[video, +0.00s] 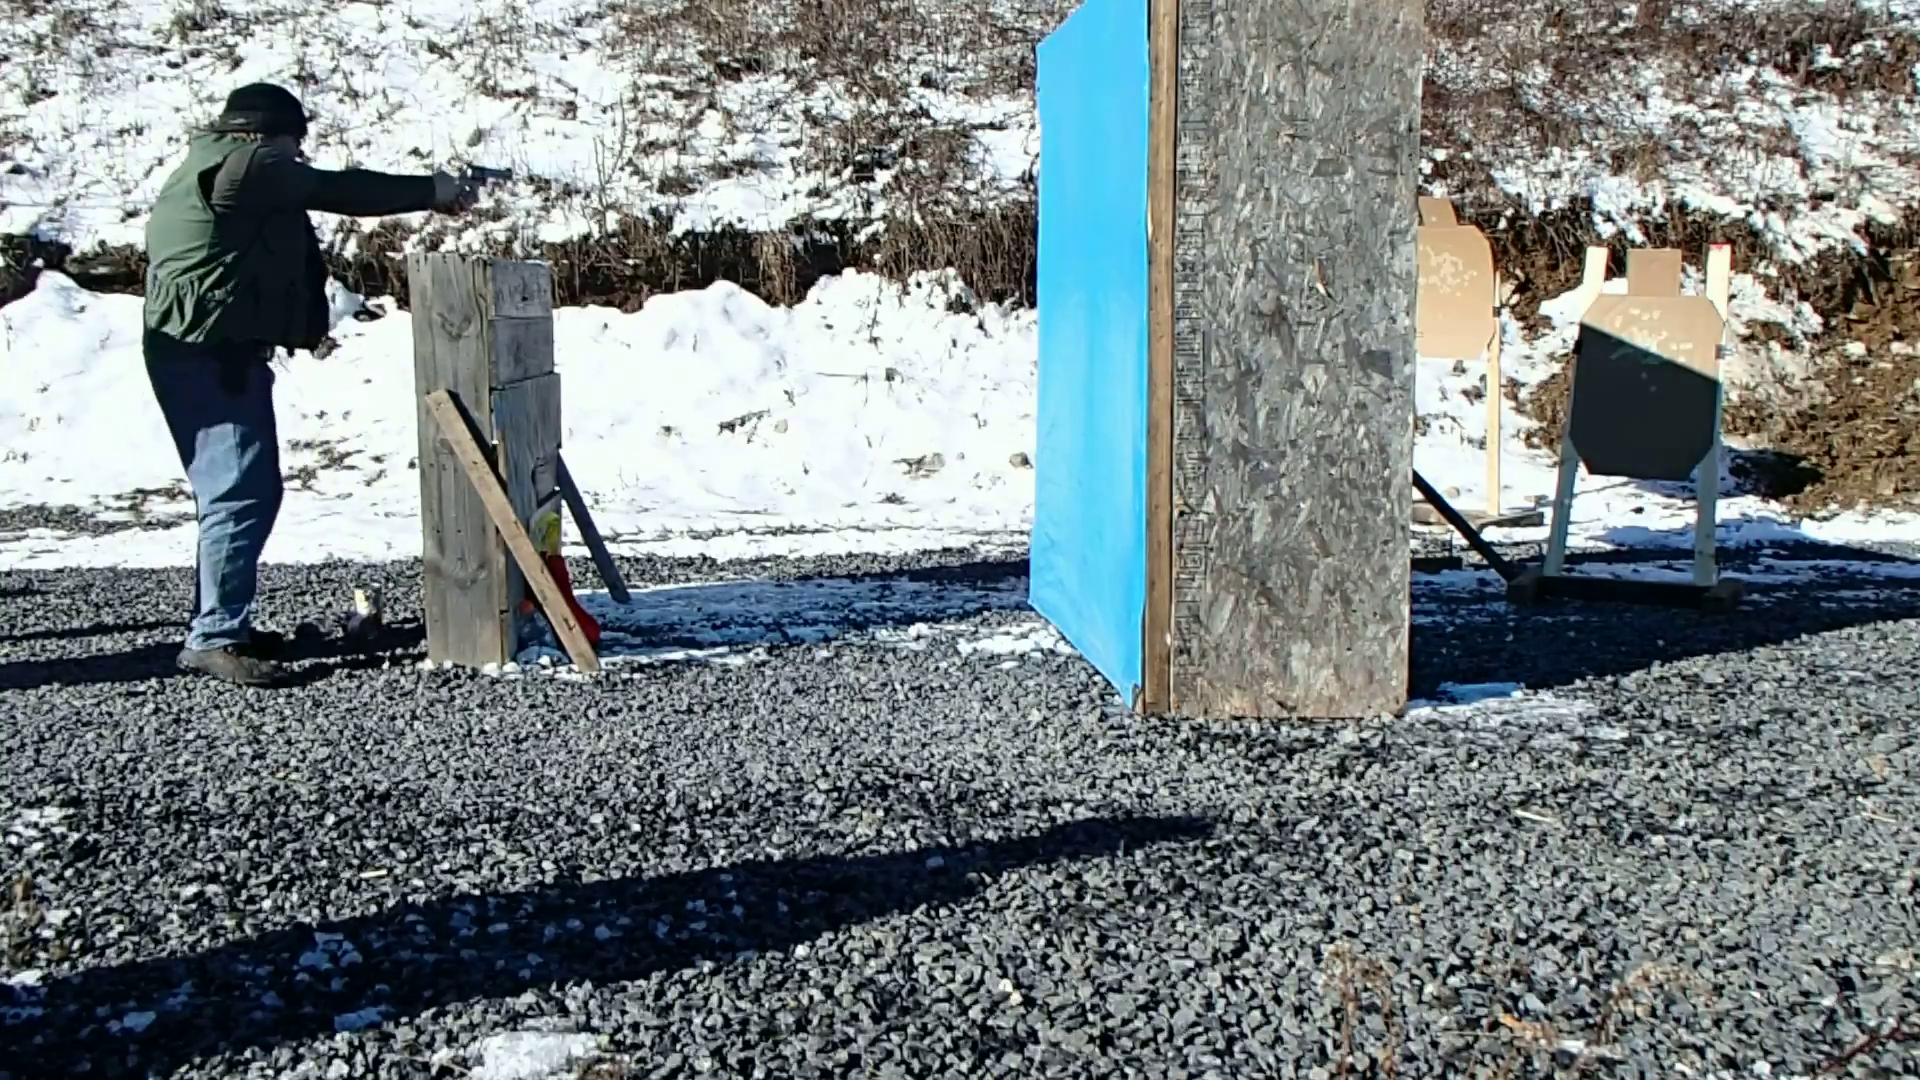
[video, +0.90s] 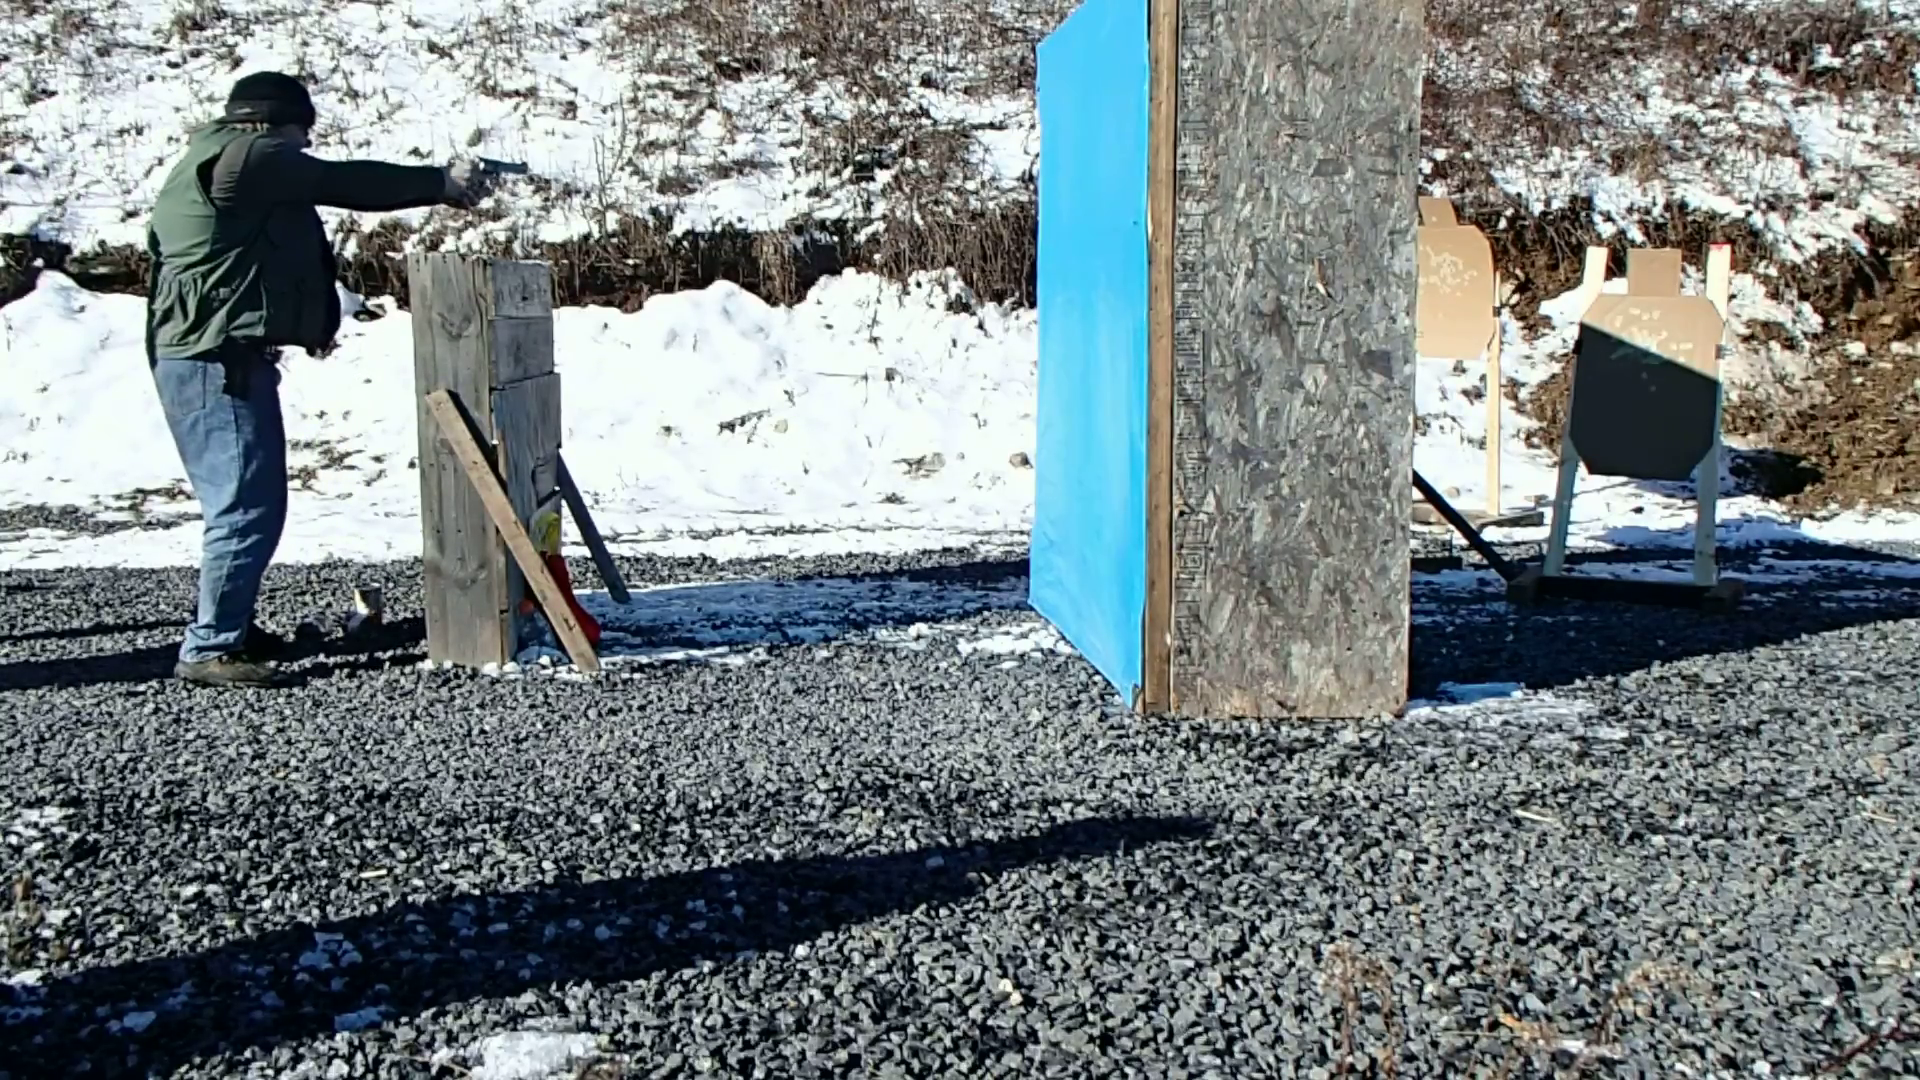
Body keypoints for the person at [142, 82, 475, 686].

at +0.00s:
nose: (298, 151)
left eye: (299, 141)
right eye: (293, 140)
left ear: (238, 126)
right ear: (269, 132)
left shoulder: (205, 166)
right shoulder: (248, 165)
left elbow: (240, 263)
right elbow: (348, 190)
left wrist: (304, 321)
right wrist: (436, 190)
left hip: (195, 348)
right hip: (216, 351)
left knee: (234, 489)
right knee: (242, 490)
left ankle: (225, 627)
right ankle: (215, 638)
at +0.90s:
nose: (305, 142)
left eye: (305, 132)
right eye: (300, 130)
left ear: (244, 114)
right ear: (277, 122)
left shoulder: (206, 158)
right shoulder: (248, 156)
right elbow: (350, 182)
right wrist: (445, 181)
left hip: (210, 354)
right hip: (219, 357)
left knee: (248, 499)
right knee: (246, 502)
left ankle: (228, 631)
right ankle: (211, 646)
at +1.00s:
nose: (303, 144)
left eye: (303, 133)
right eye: (299, 132)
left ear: (244, 116)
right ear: (273, 122)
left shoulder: (208, 158)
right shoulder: (244, 158)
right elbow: (346, 184)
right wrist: (440, 183)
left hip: (217, 355)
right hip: (219, 357)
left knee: (252, 500)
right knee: (248, 502)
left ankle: (229, 631)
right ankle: (211, 647)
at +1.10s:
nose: (303, 145)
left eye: (303, 136)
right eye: (299, 134)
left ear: (245, 116)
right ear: (274, 124)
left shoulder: (213, 157)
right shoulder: (243, 158)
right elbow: (347, 186)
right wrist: (440, 185)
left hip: (221, 357)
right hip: (218, 360)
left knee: (253, 500)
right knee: (249, 502)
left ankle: (229, 630)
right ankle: (211, 647)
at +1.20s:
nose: (304, 147)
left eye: (305, 137)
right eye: (300, 135)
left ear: (245, 117)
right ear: (278, 126)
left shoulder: (213, 157)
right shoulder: (243, 159)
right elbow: (346, 187)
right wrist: (439, 186)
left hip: (219, 358)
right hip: (217, 362)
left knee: (252, 502)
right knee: (250, 505)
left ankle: (230, 630)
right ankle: (210, 647)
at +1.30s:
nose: (306, 151)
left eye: (306, 141)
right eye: (301, 138)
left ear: (246, 119)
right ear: (275, 127)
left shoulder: (212, 159)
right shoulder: (241, 160)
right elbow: (344, 186)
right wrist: (439, 184)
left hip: (222, 358)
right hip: (218, 361)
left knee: (254, 500)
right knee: (250, 503)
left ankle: (230, 630)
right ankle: (211, 647)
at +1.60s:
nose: (303, 148)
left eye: (303, 137)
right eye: (298, 136)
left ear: (244, 118)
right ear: (272, 126)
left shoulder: (208, 158)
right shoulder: (241, 159)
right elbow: (344, 185)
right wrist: (438, 183)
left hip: (219, 358)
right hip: (220, 361)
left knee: (253, 500)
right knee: (251, 502)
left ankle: (229, 630)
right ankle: (211, 646)